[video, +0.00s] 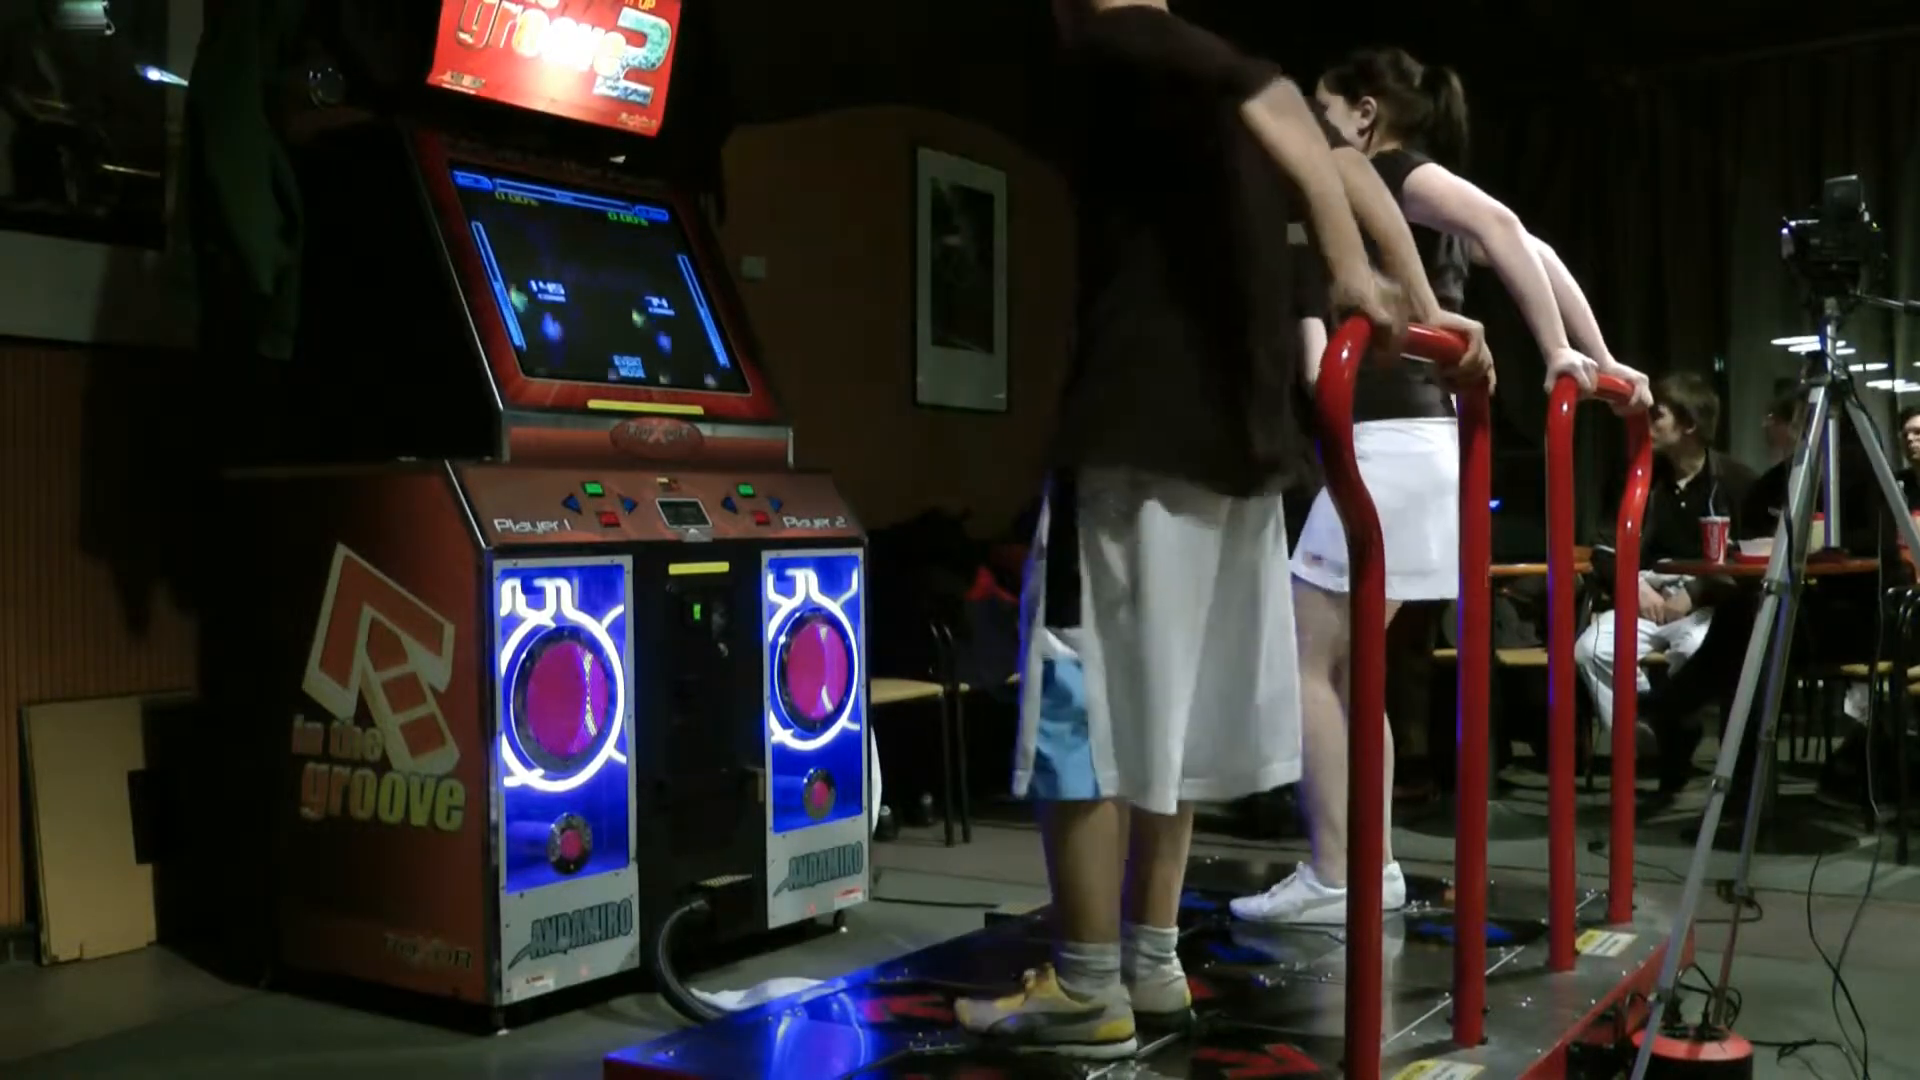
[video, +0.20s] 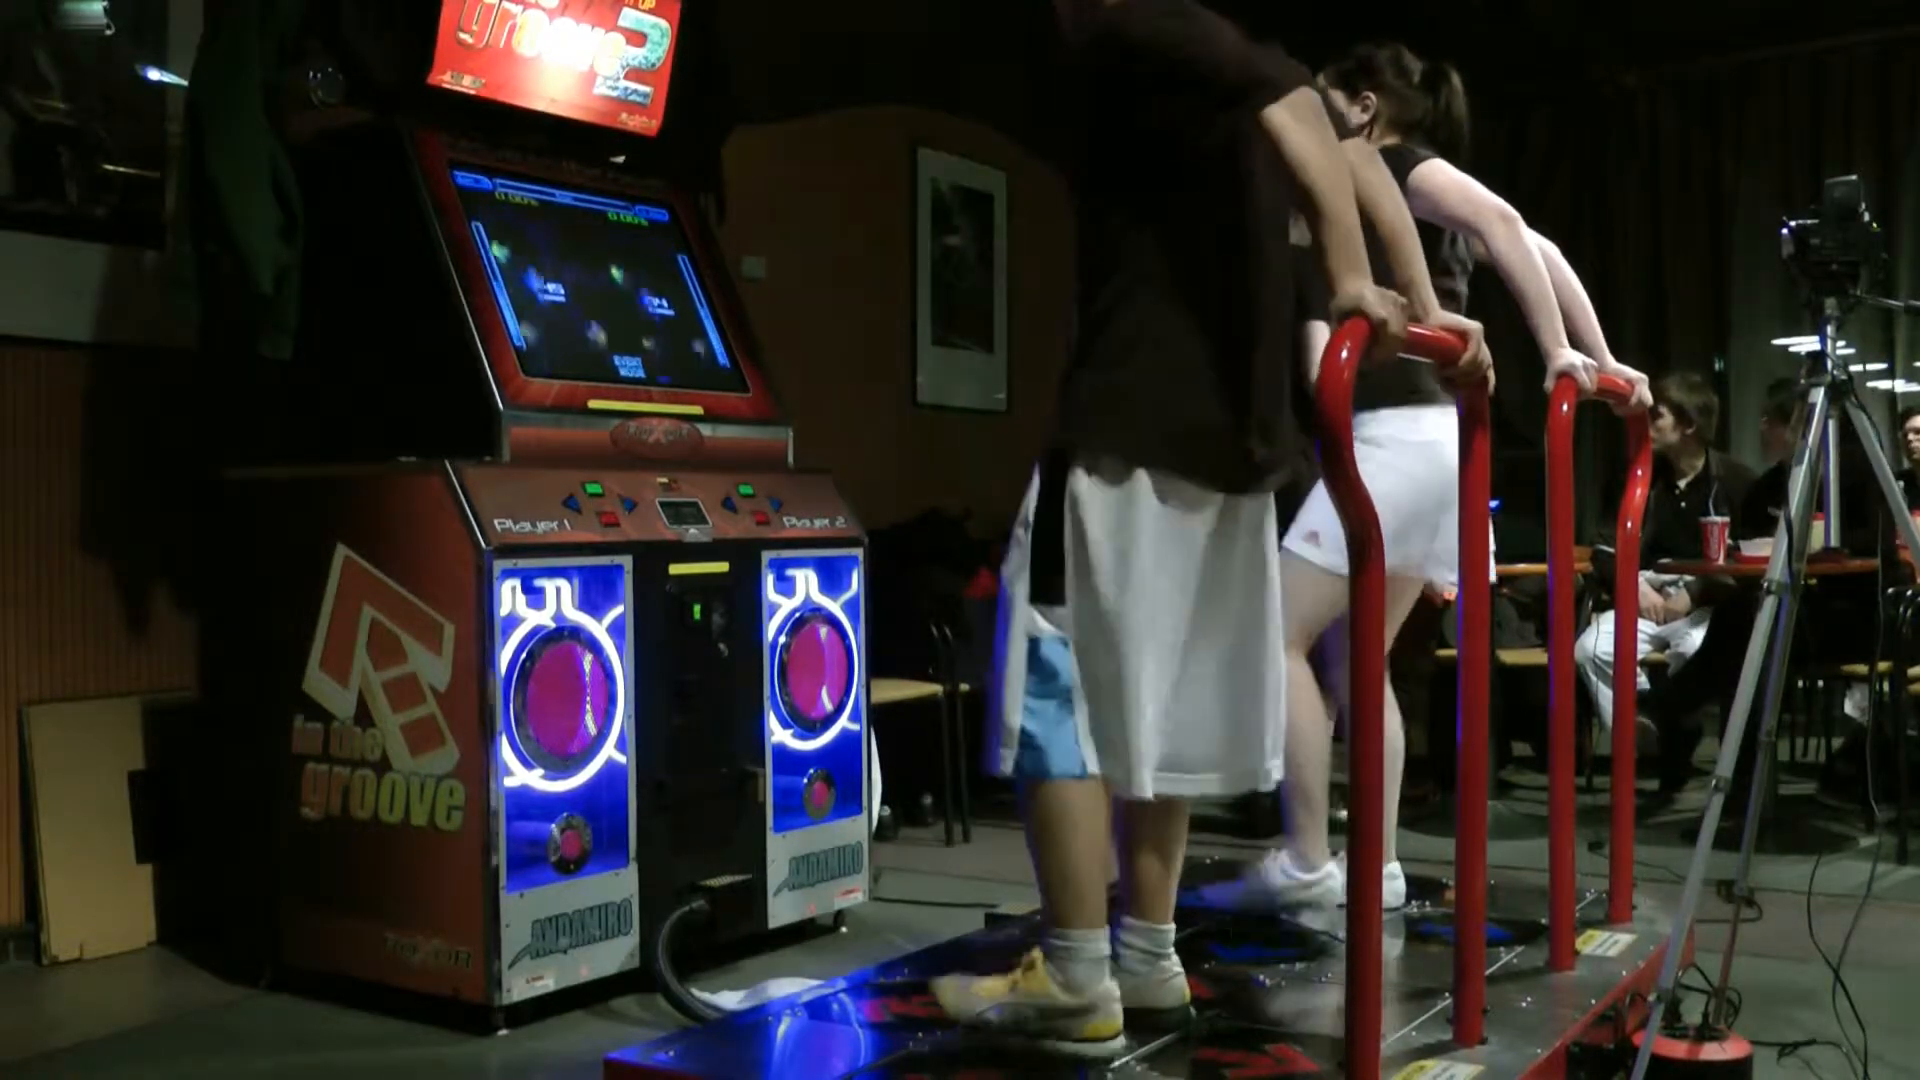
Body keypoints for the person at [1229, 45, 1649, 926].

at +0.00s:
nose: (1320, 125)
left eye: (1329, 109)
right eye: (1321, 111)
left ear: (1370, 110)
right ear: (1394, 116)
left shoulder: (1392, 175)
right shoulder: (1421, 184)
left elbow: (1504, 233)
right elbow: (1543, 257)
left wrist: (1556, 351)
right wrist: (1604, 358)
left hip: (1381, 455)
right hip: (1420, 456)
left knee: (1303, 664)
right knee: (1347, 673)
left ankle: (1333, 874)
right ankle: (1373, 871)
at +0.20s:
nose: (1332, 118)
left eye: (1340, 103)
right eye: (1332, 105)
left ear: (1372, 104)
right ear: (1399, 109)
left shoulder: (1400, 169)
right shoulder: (1435, 182)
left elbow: (1504, 227)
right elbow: (1548, 256)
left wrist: (1558, 352)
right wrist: (1604, 359)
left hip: (1395, 441)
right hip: (1444, 446)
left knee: (1279, 635)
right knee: (1365, 665)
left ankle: (1304, 856)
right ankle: (1379, 866)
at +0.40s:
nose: (1321, 157)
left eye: (1329, 141)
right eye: (1330, 140)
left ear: (1348, 142)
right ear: (1399, 142)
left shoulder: (1376, 203)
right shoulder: (1422, 210)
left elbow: (1492, 239)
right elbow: (1543, 255)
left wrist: (1555, 352)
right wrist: (1607, 362)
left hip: (1405, 477)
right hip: (1457, 478)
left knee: (1285, 669)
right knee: (1354, 681)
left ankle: (1308, 890)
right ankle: (1423, 867)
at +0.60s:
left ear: (1344, 139)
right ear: (1399, 139)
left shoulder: (1374, 199)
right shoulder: (1413, 205)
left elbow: (1496, 232)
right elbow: (1549, 250)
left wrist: (1553, 351)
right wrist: (1606, 361)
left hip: (1386, 463)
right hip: (1447, 465)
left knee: (1268, 662)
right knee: (1340, 667)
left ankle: (1313, 875)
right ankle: (1397, 836)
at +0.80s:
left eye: (1329, 123)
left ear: (1346, 128)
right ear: (1405, 138)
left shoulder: (1350, 186)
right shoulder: (1398, 200)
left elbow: (1492, 226)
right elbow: (1545, 251)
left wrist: (1555, 352)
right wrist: (1603, 362)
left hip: (1381, 473)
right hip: (1427, 473)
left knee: (1247, 655)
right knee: (1285, 652)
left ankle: (1303, 878)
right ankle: (1359, 831)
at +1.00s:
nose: (1318, 153)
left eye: (1327, 137)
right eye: (1326, 141)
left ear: (1351, 139)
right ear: (1404, 147)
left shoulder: (1352, 201)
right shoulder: (1408, 213)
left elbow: (1484, 231)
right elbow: (1541, 254)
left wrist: (1555, 355)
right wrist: (1602, 362)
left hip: (1379, 474)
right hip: (1418, 474)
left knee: (1248, 673)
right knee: (1293, 671)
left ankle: (1298, 895)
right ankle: (1283, 861)